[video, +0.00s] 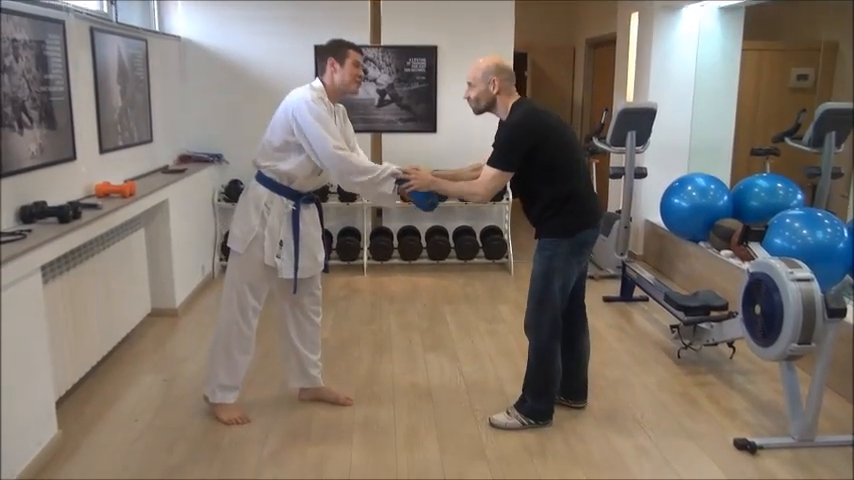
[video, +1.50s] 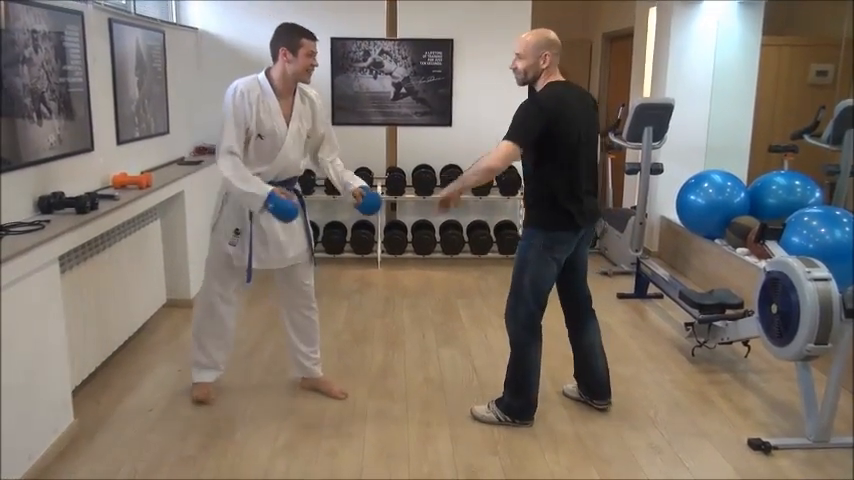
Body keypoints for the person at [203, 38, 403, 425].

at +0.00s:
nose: (361, 76)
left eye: (363, 69)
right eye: (356, 66)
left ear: (336, 70)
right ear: (332, 67)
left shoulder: (338, 112)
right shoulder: (305, 102)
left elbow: (356, 169)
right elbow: (339, 163)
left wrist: (398, 192)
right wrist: (396, 174)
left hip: (304, 211)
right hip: (267, 206)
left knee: (306, 298)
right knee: (244, 302)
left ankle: (309, 383)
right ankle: (221, 394)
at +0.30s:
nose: (358, 58)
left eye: (359, 51)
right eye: (352, 49)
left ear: (339, 53)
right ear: (327, 49)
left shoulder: (337, 95)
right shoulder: (300, 87)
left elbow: (362, 150)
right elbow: (339, 151)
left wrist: (403, 176)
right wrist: (396, 166)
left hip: (306, 198)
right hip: (269, 192)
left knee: (308, 284)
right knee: (247, 288)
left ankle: (312, 370)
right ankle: (223, 378)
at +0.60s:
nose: (344, 45)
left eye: (343, 38)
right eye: (337, 37)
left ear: (322, 42)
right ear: (311, 40)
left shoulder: (330, 91)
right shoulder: (285, 80)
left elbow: (359, 144)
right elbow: (326, 140)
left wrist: (403, 173)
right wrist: (389, 157)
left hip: (301, 190)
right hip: (261, 186)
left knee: (308, 276)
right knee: (241, 279)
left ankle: (315, 362)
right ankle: (214, 368)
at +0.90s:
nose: (311, 42)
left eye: (309, 36)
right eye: (304, 35)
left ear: (284, 41)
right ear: (279, 40)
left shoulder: (303, 90)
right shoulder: (245, 85)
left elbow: (309, 153)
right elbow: (244, 155)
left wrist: (316, 205)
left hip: (290, 193)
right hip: (247, 195)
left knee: (306, 281)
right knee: (229, 285)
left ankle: (319, 363)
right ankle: (212, 369)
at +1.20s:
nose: (300, 53)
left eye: (299, 46)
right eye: (293, 46)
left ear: (276, 49)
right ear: (269, 48)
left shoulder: (290, 93)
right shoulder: (228, 91)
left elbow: (286, 157)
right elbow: (187, 149)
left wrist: (299, 199)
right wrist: (178, 207)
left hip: (278, 198)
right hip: (232, 199)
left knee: (299, 282)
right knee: (221, 289)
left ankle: (306, 368)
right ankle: (212, 375)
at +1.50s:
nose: (316, 63)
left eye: (316, 56)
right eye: (310, 56)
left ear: (296, 58)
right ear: (284, 55)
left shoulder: (311, 99)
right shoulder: (244, 92)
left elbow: (326, 154)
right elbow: (227, 160)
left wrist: (354, 186)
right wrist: (267, 193)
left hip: (286, 200)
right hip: (241, 199)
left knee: (301, 287)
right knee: (221, 288)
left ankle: (310, 372)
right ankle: (205, 375)